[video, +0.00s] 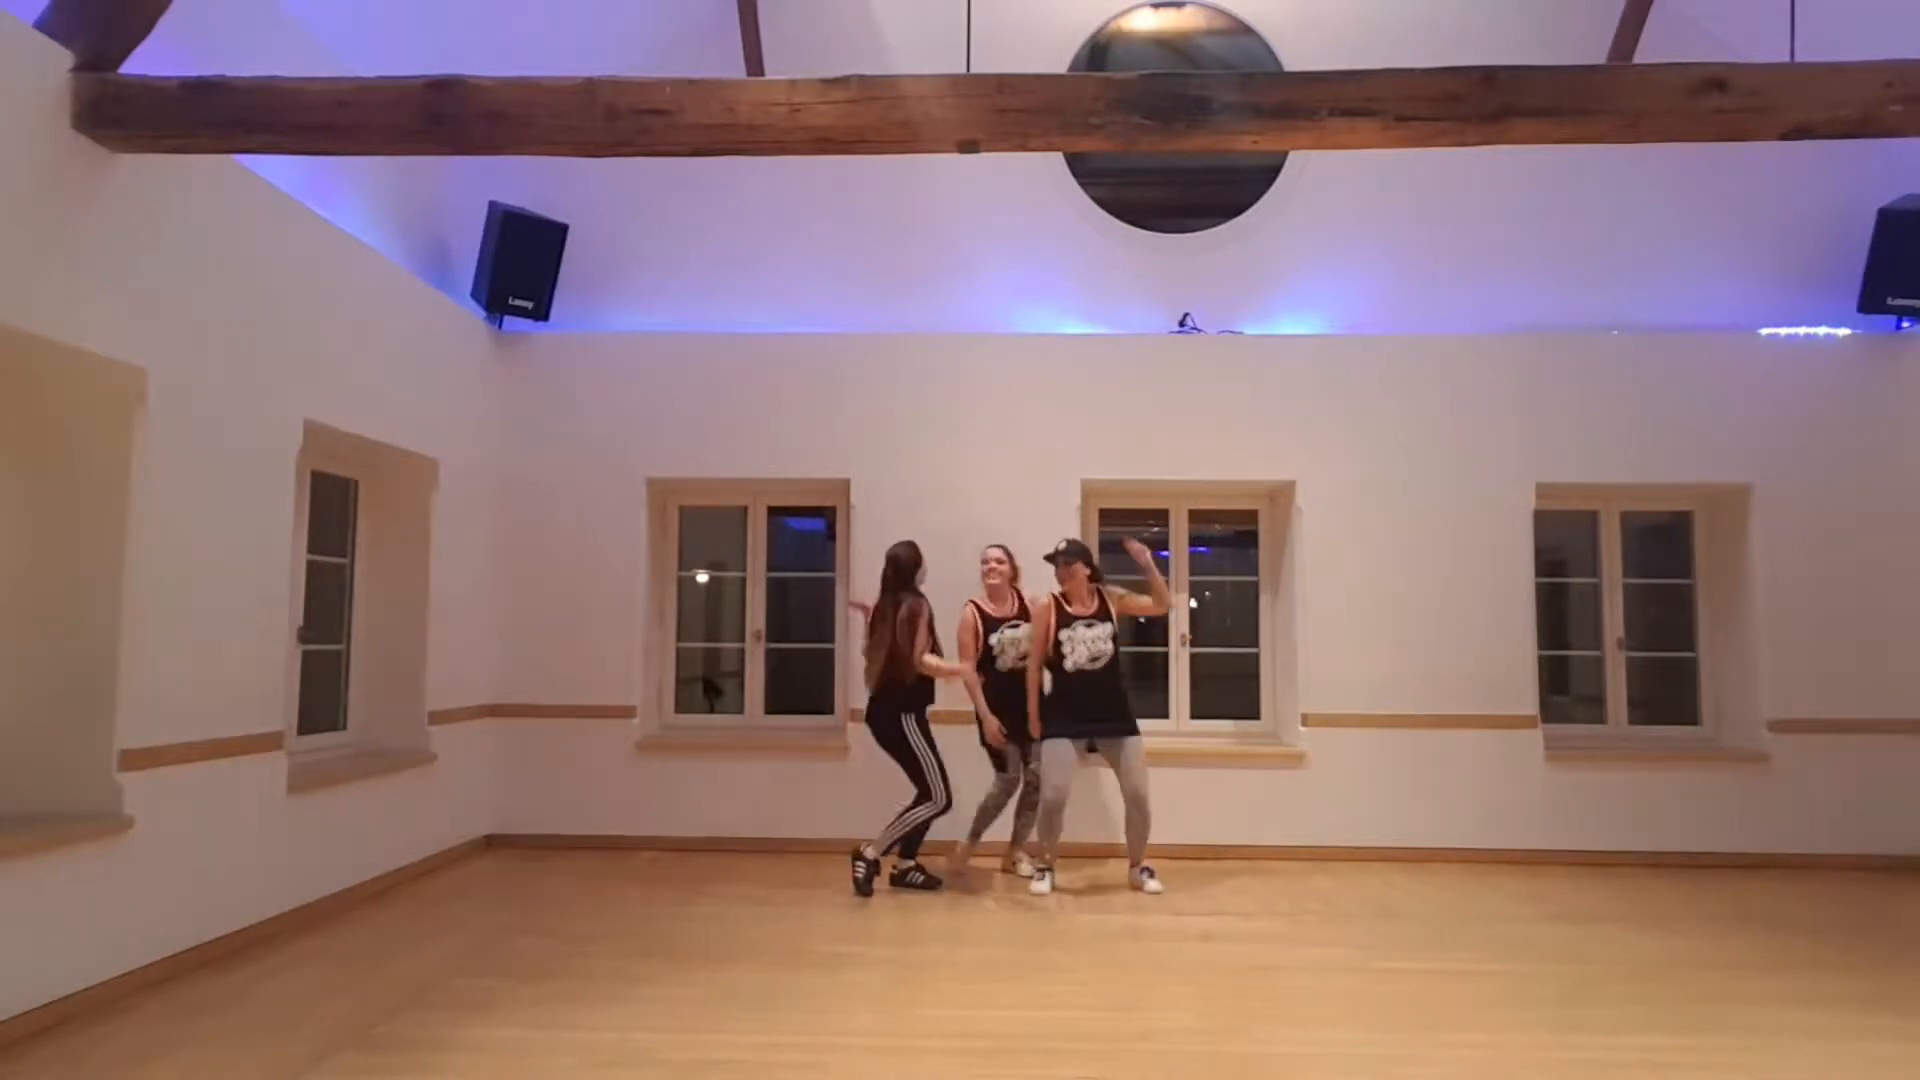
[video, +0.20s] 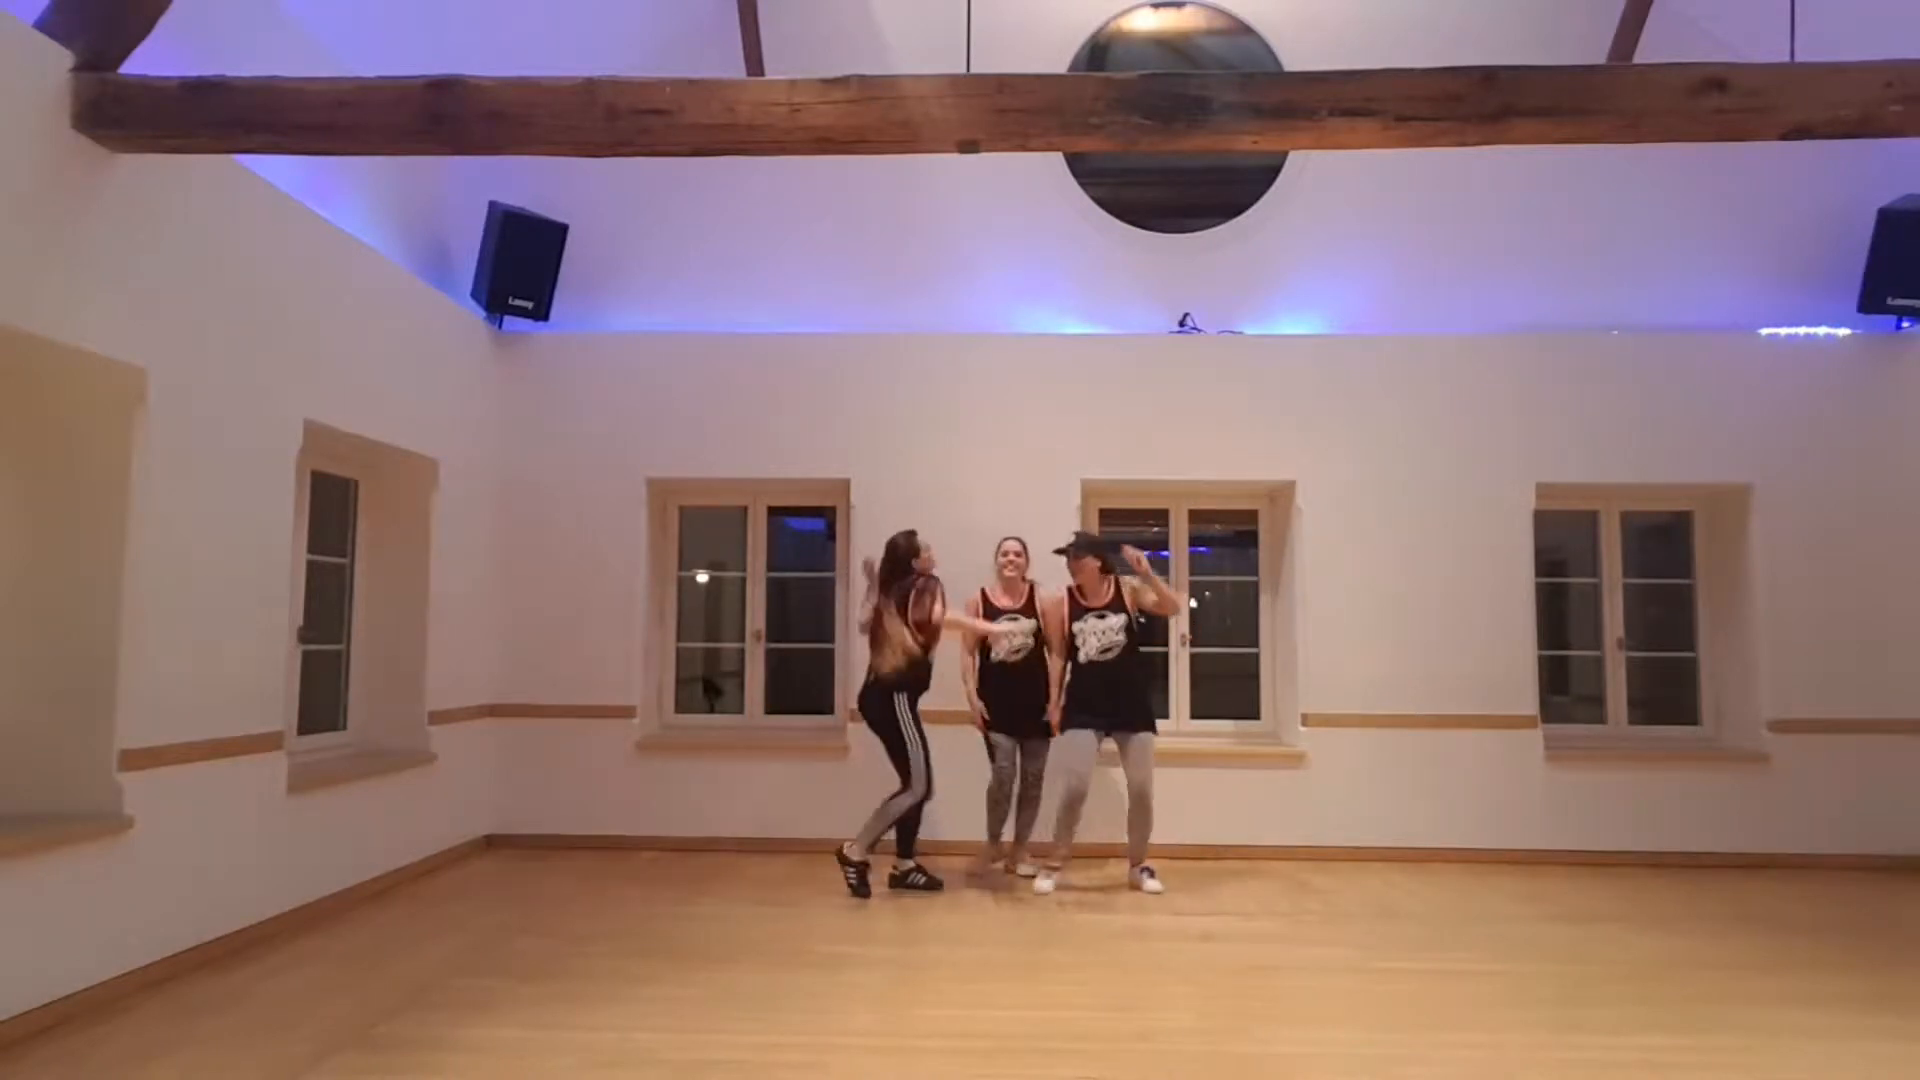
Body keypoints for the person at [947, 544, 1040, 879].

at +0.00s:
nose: (991, 567)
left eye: (999, 561)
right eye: (986, 562)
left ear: (1012, 569)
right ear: (980, 570)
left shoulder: (1028, 606)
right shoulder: (973, 613)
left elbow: (1045, 652)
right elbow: (968, 669)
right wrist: (986, 715)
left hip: (1029, 697)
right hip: (994, 702)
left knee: (1034, 778)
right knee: (1009, 777)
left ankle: (1017, 851)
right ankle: (968, 844)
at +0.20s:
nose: (1010, 559)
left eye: (1017, 554)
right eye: (1005, 554)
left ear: (1027, 562)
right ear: (995, 561)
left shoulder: (1042, 599)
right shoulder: (980, 600)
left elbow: (1056, 652)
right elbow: (968, 652)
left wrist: (1054, 702)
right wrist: (973, 697)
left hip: (1036, 701)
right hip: (997, 701)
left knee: (1032, 779)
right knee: (1003, 773)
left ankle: (1021, 850)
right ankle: (994, 842)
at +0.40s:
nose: (1023, 560)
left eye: (1029, 555)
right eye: (1017, 555)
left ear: (1038, 563)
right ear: (1007, 562)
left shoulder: (1048, 602)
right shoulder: (987, 598)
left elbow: (1059, 653)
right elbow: (966, 641)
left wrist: (1043, 699)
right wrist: (963, 684)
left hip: (1031, 698)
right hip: (991, 696)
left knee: (1025, 775)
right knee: (992, 771)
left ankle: (1021, 849)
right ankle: (988, 846)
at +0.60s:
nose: (1034, 570)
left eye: (1041, 566)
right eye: (1029, 564)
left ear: (1047, 574)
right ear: (1016, 569)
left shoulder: (1051, 612)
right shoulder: (992, 598)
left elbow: (1047, 666)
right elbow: (967, 634)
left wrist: (1025, 710)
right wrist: (962, 678)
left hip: (1027, 703)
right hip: (986, 700)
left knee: (1025, 778)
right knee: (986, 774)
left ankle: (1020, 849)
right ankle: (984, 845)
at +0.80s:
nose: (1034, 567)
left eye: (1041, 563)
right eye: (1029, 561)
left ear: (1050, 572)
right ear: (1018, 564)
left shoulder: (1050, 605)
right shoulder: (992, 591)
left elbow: (1042, 653)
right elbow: (967, 631)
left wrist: (1011, 691)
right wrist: (957, 670)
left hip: (1021, 696)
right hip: (978, 690)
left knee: (1019, 775)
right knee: (972, 768)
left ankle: (1019, 847)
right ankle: (965, 841)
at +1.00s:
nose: (1023, 565)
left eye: (1031, 561)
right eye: (1018, 558)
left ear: (1040, 571)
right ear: (1008, 563)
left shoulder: (1042, 604)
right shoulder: (984, 592)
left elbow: (1042, 656)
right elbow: (951, 625)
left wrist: (1010, 690)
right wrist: (942, 668)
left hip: (1012, 696)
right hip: (971, 691)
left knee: (1015, 774)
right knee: (965, 773)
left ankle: (1017, 848)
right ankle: (958, 849)